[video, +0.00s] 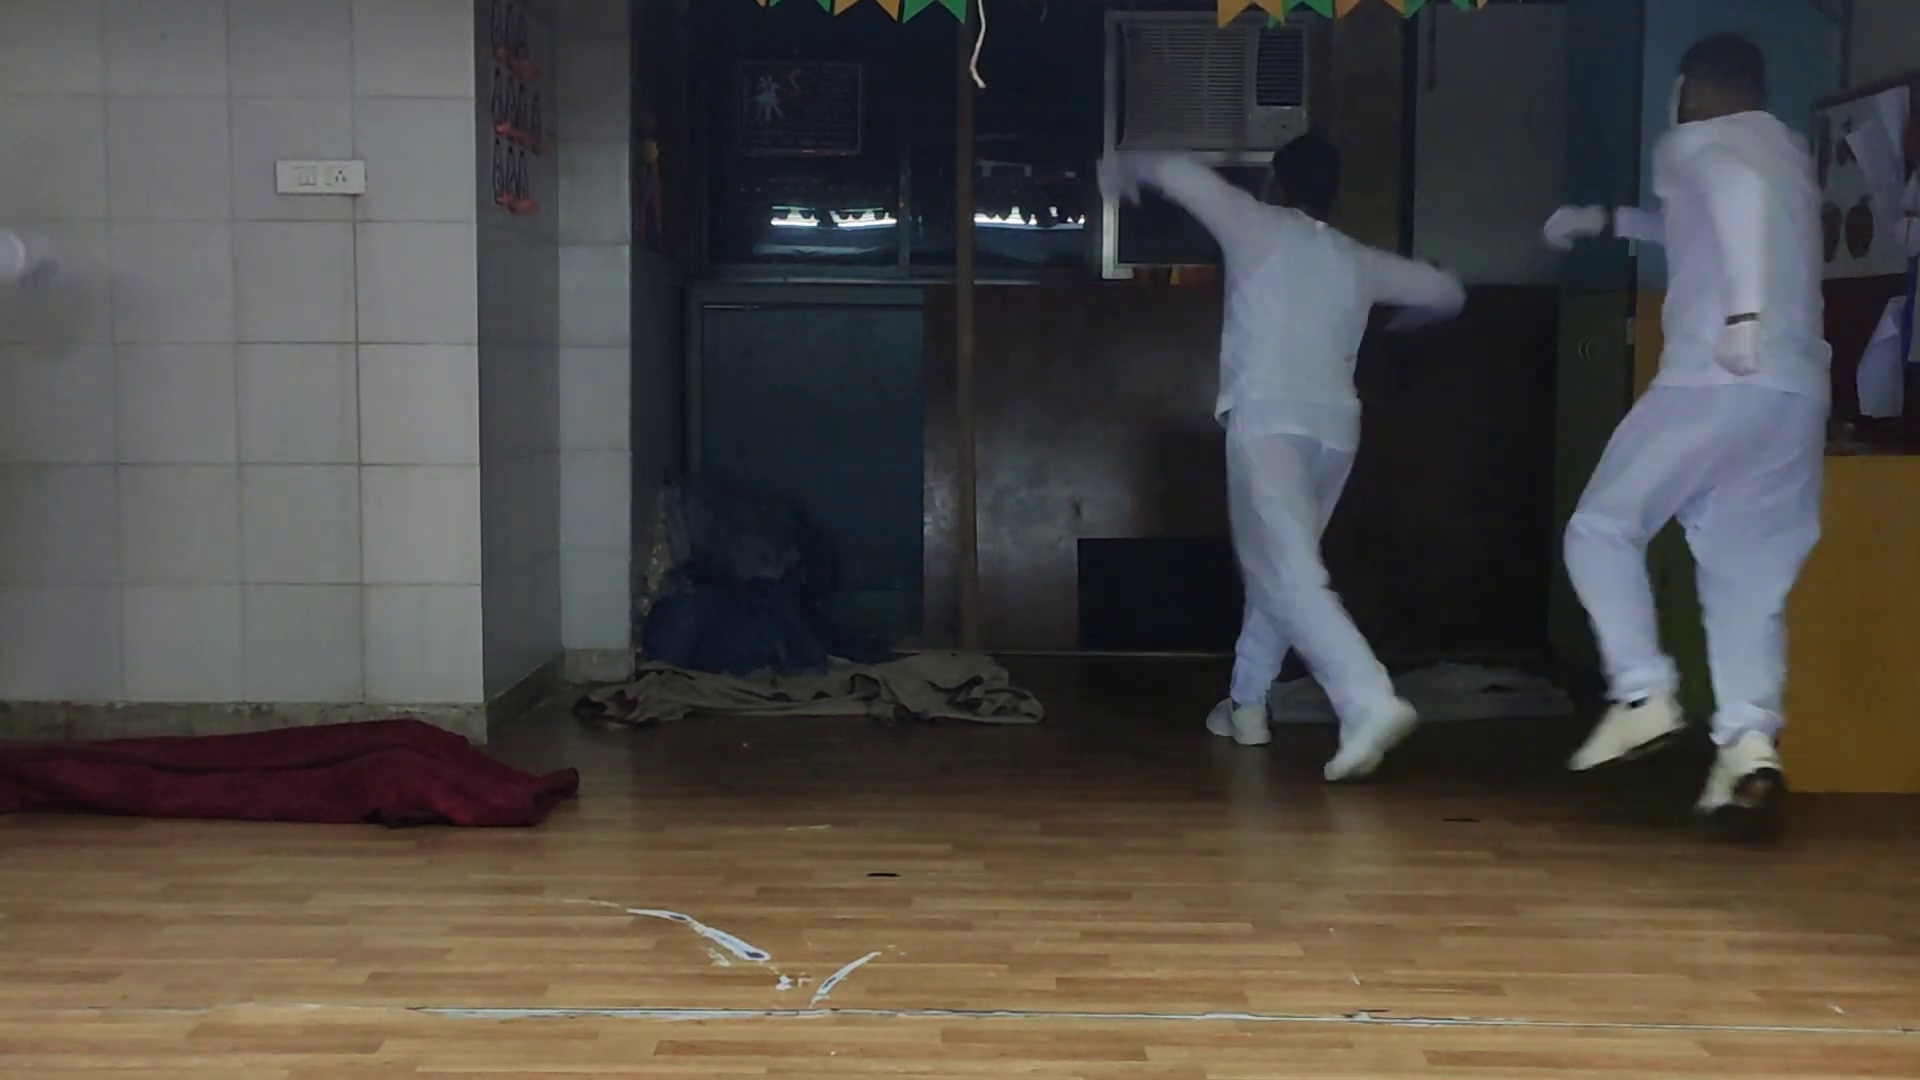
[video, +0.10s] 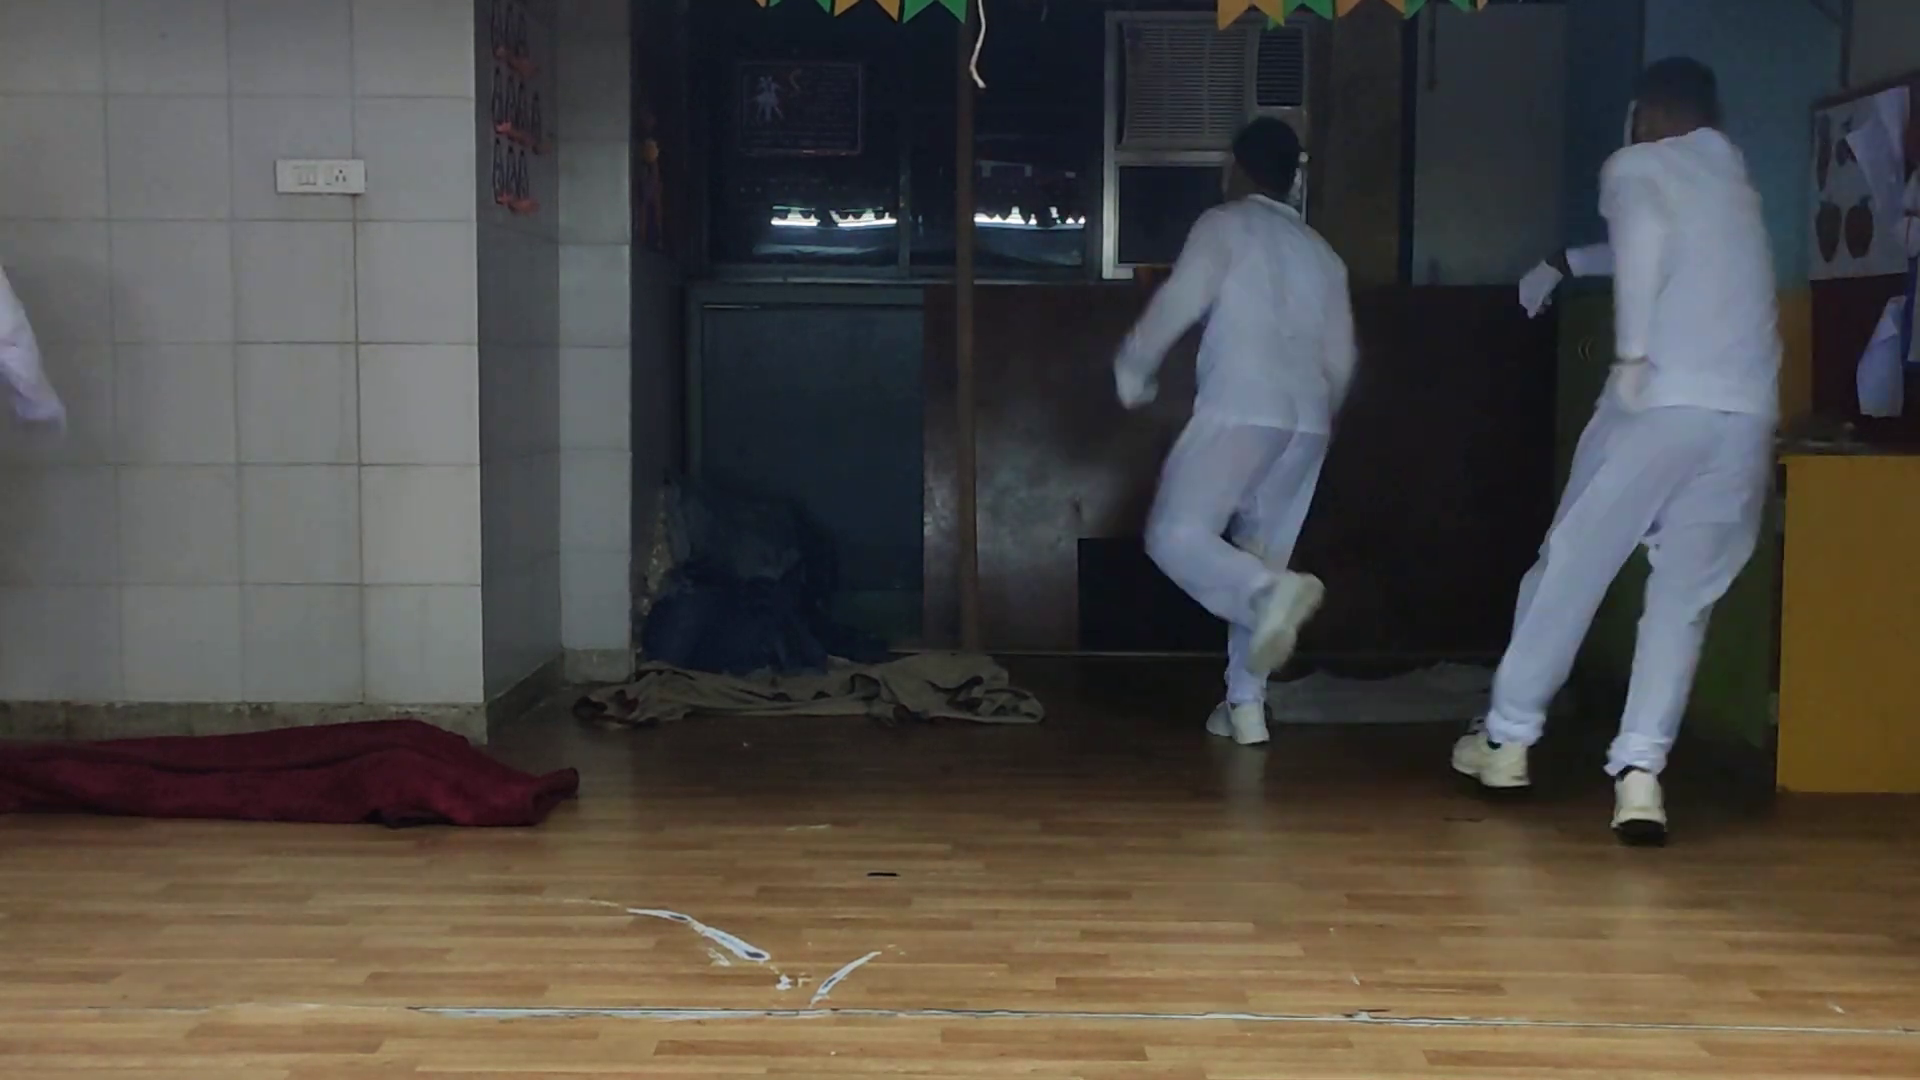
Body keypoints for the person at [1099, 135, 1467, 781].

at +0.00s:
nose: (1265, 186)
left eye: (1269, 178)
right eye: (1275, 179)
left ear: (1277, 183)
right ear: (1332, 196)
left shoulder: (1255, 226)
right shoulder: (1357, 261)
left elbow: (1174, 168)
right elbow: (1446, 291)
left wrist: (1125, 164)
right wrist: (1398, 318)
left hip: (1266, 420)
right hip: (1338, 430)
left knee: (1291, 572)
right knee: (1276, 568)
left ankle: (1370, 706)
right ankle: (1247, 707)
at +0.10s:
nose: (1227, 172)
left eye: (1229, 163)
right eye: (1232, 163)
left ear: (1238, 169)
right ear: (1293, 176)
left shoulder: (1224, 225)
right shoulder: (1325, 256)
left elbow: (1184, 298)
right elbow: (1340, 355)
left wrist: (1134, 363)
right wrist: (1313, 413)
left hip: (1239, 410)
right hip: (1309, 422)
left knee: (1174, 536)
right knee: (1265, 559)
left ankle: (1269, 591)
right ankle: (1245, 706)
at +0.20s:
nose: (1174, 154)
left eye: (1178, 143)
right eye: (1177, 143)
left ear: (1191, 145)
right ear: (1238, 145)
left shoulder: (1195, 202)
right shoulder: (1289, 214)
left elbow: (1184, 284)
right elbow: (1324, 299)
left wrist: (1135, 356)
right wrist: (1274, 338)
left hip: (1206, 375)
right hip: (1278, 387)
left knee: (1140, 469)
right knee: (1261, 537)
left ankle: (1202, 565)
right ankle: (1246, 688)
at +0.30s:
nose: (1129, 172)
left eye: (1129, 160)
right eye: (1128, 162)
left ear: (1141, 156)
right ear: (1191, 148)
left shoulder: (1172, 195)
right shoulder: (1245, 191)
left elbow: (1155, 248)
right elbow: (1305, 199)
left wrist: (1067, 203)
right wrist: (1287, 180)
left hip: (1178, 372)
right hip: (1249, 381)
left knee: (1135, 476)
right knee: (1231, 523)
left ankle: (1136, 619)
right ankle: (1220, 676)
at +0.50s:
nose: (1067, 210)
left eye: (1070, 199)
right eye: (1068, 199)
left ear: (1086, 196)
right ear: (1126, 193)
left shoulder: (1108, 237)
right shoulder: (1181, 229)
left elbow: (1095, 282)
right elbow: (1246, 236)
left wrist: (1013, 324)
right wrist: (1215, 229)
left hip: (1123, 414)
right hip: (1189, 415)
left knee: (1107, 536)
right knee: (1191, 528)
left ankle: (1124, 661)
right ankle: (1200, 622)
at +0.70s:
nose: (1034, 176)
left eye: (1036, 166)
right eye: (1035, 166)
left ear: (1049, 167)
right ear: (1090, 166)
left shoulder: (1043, 220)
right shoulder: (1136, 217)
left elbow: (1014, 302)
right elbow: (1183, 288)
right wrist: (1128, 297)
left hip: (1093, 384)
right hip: (1148, 379)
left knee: (1104, 511)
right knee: (1121, 498)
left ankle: (1136, 649)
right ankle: (1136, 608)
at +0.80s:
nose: (1025, 185)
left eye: (1028, 175)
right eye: (1029, 175)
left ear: (1038, 179)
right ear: (1084, 180)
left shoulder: (1026, 229)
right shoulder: (1114, 227)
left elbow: (957, 245)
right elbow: (1164, 244)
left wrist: (918, 190)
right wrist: (1135, 190)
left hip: (1071, 394)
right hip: (1124, 392)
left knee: (1092, 518)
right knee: (1102, 515)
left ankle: (1157, 648)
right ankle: (1083, 624)